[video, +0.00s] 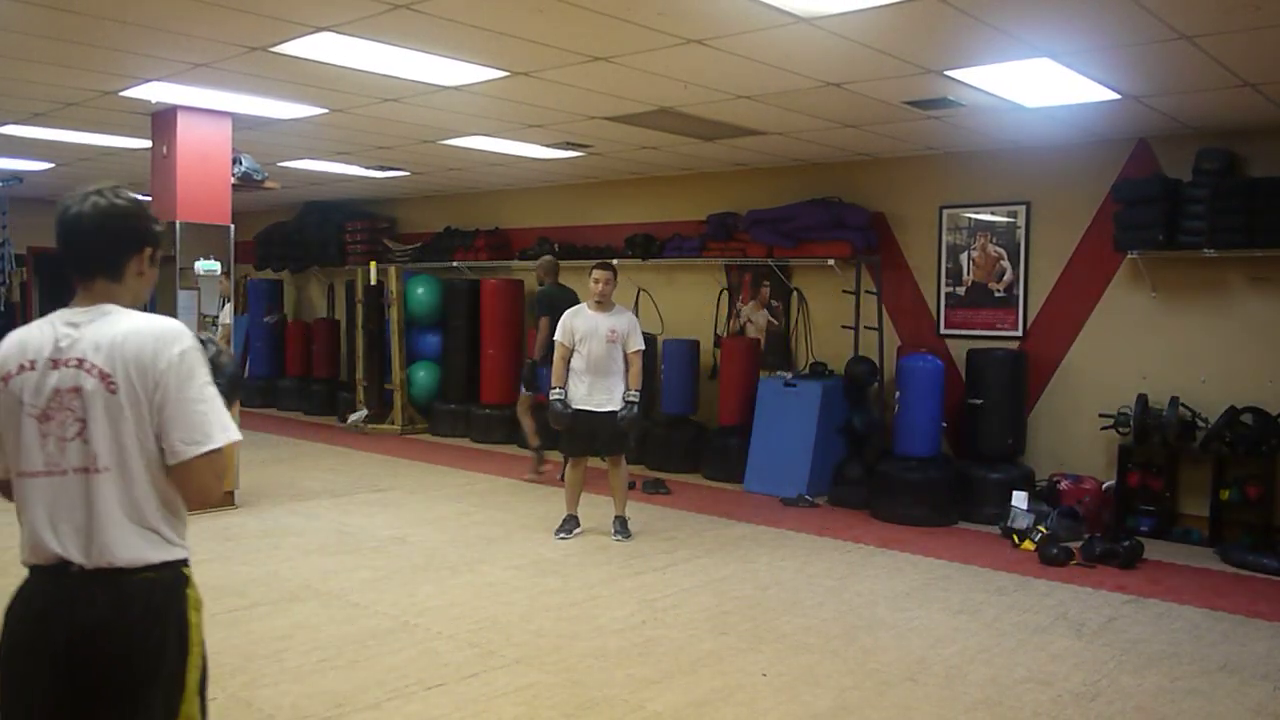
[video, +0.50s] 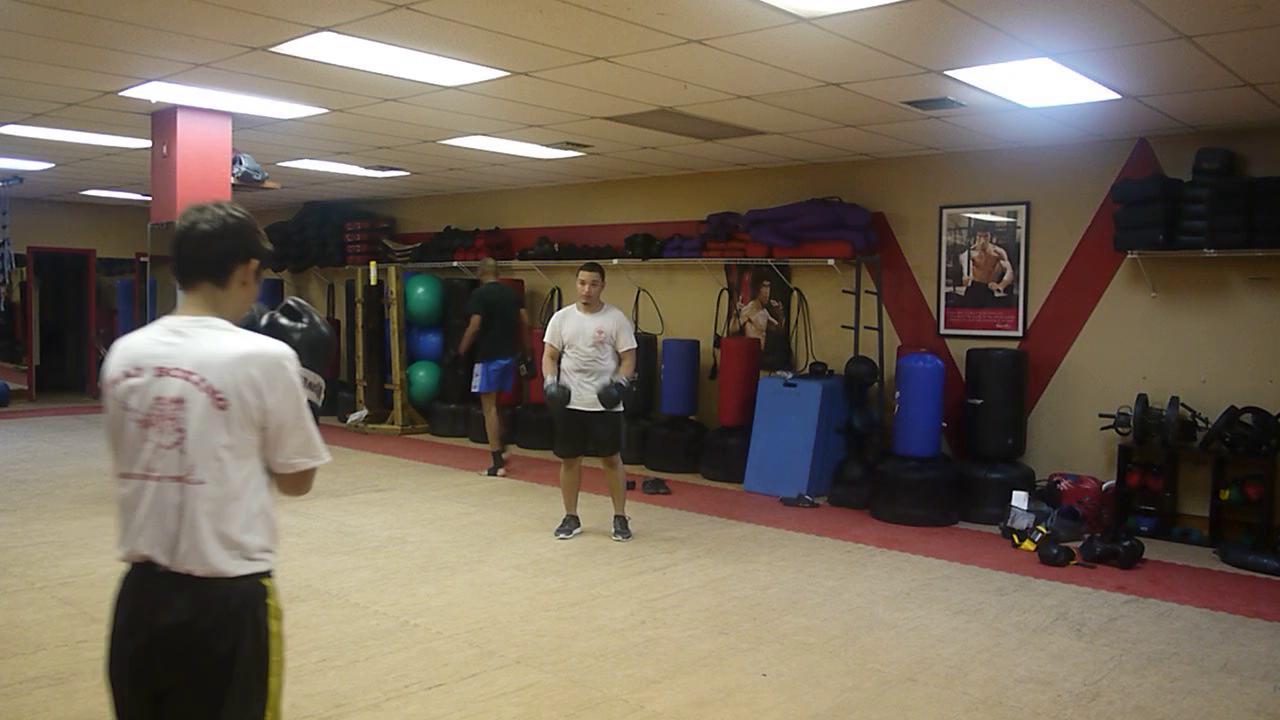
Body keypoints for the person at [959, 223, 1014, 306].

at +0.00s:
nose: (983, 241)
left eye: (986, 236)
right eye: (980, 236)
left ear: (990, 237)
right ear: (975, 237)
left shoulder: (999, 252)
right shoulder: (971, 252)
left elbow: (1009, 272)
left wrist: (1001, 286)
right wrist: (967, 277)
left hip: (990, 288)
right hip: (974, 287)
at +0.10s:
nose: (983, 241)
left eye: (986, 236)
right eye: (980, 236)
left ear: (990, 237)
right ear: (976, 237)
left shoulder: (999, 253)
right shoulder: (971, 252)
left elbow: (1009, 272)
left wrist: (1001, 286)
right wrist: (967, 276)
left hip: (989, 287)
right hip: (974, 287)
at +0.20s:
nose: (983, 241)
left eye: (986, 236)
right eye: (980, 237)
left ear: (990, 237)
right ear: (975, 237)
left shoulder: (999, 252)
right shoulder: (971, 252)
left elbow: (1009, 272)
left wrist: (1001, 286)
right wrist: (967, 277)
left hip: (990, 288)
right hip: (974, 287)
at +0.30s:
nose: (983, 241)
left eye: (986, 236)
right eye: (980, 237)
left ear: (990, 237)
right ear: (975, 237)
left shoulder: (999, 252)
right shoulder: (971, 252)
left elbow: (1009, 272)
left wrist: (1001, 286)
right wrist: (967, 277)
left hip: (990, 288)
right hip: (974, 287)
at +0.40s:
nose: (982, 241)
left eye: (985, 237)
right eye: (979, 237)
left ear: (990, 237)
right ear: (975, 237)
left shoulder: (999, 252)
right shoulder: (971, 252)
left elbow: (1009, 272)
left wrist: (1000, 286)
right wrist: (966, 278)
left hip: (990, 288)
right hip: (974, 286)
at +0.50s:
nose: (982, 241)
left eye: (985, 237)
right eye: (979, 237)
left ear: (990, 237)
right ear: (976, 237)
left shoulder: (999, 252)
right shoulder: (971, 252)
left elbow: (1009, 272)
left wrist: (1000, 286)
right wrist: (966, 278)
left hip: (990, 288)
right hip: (974, 286)